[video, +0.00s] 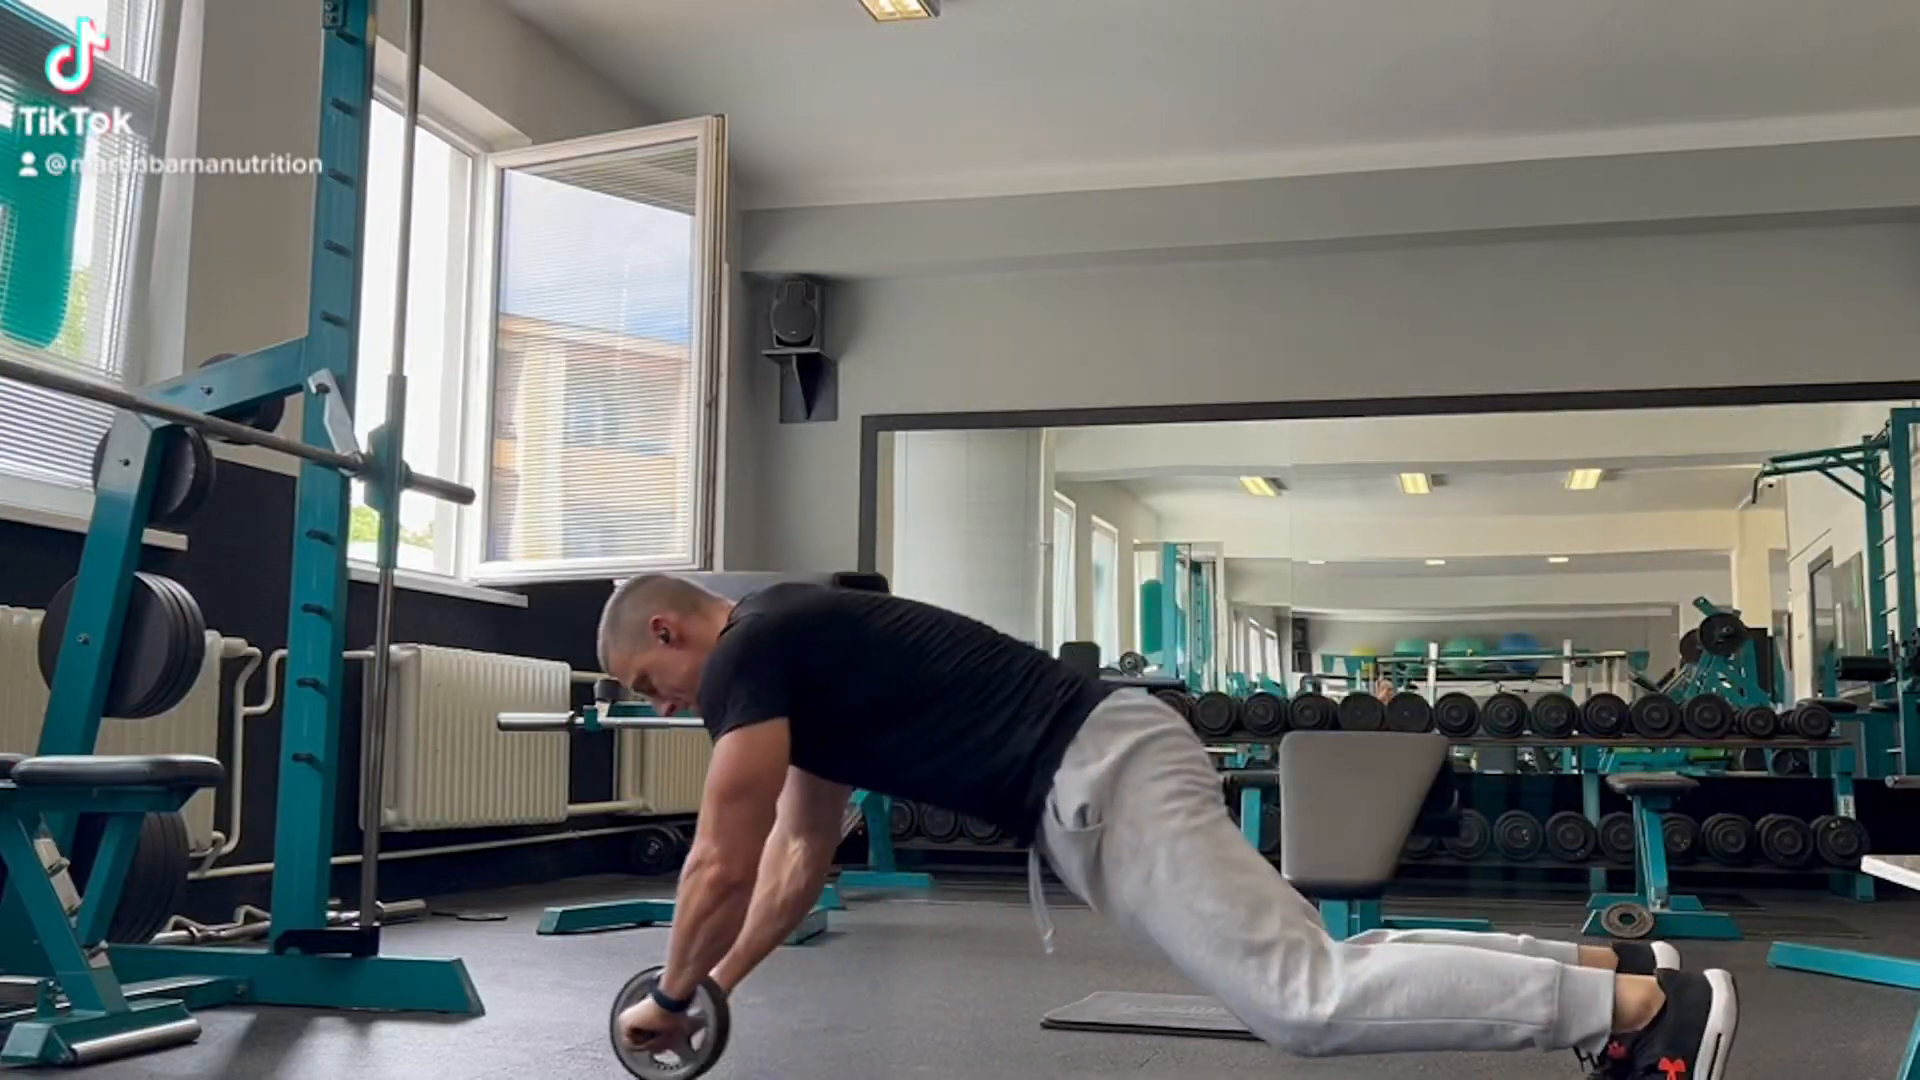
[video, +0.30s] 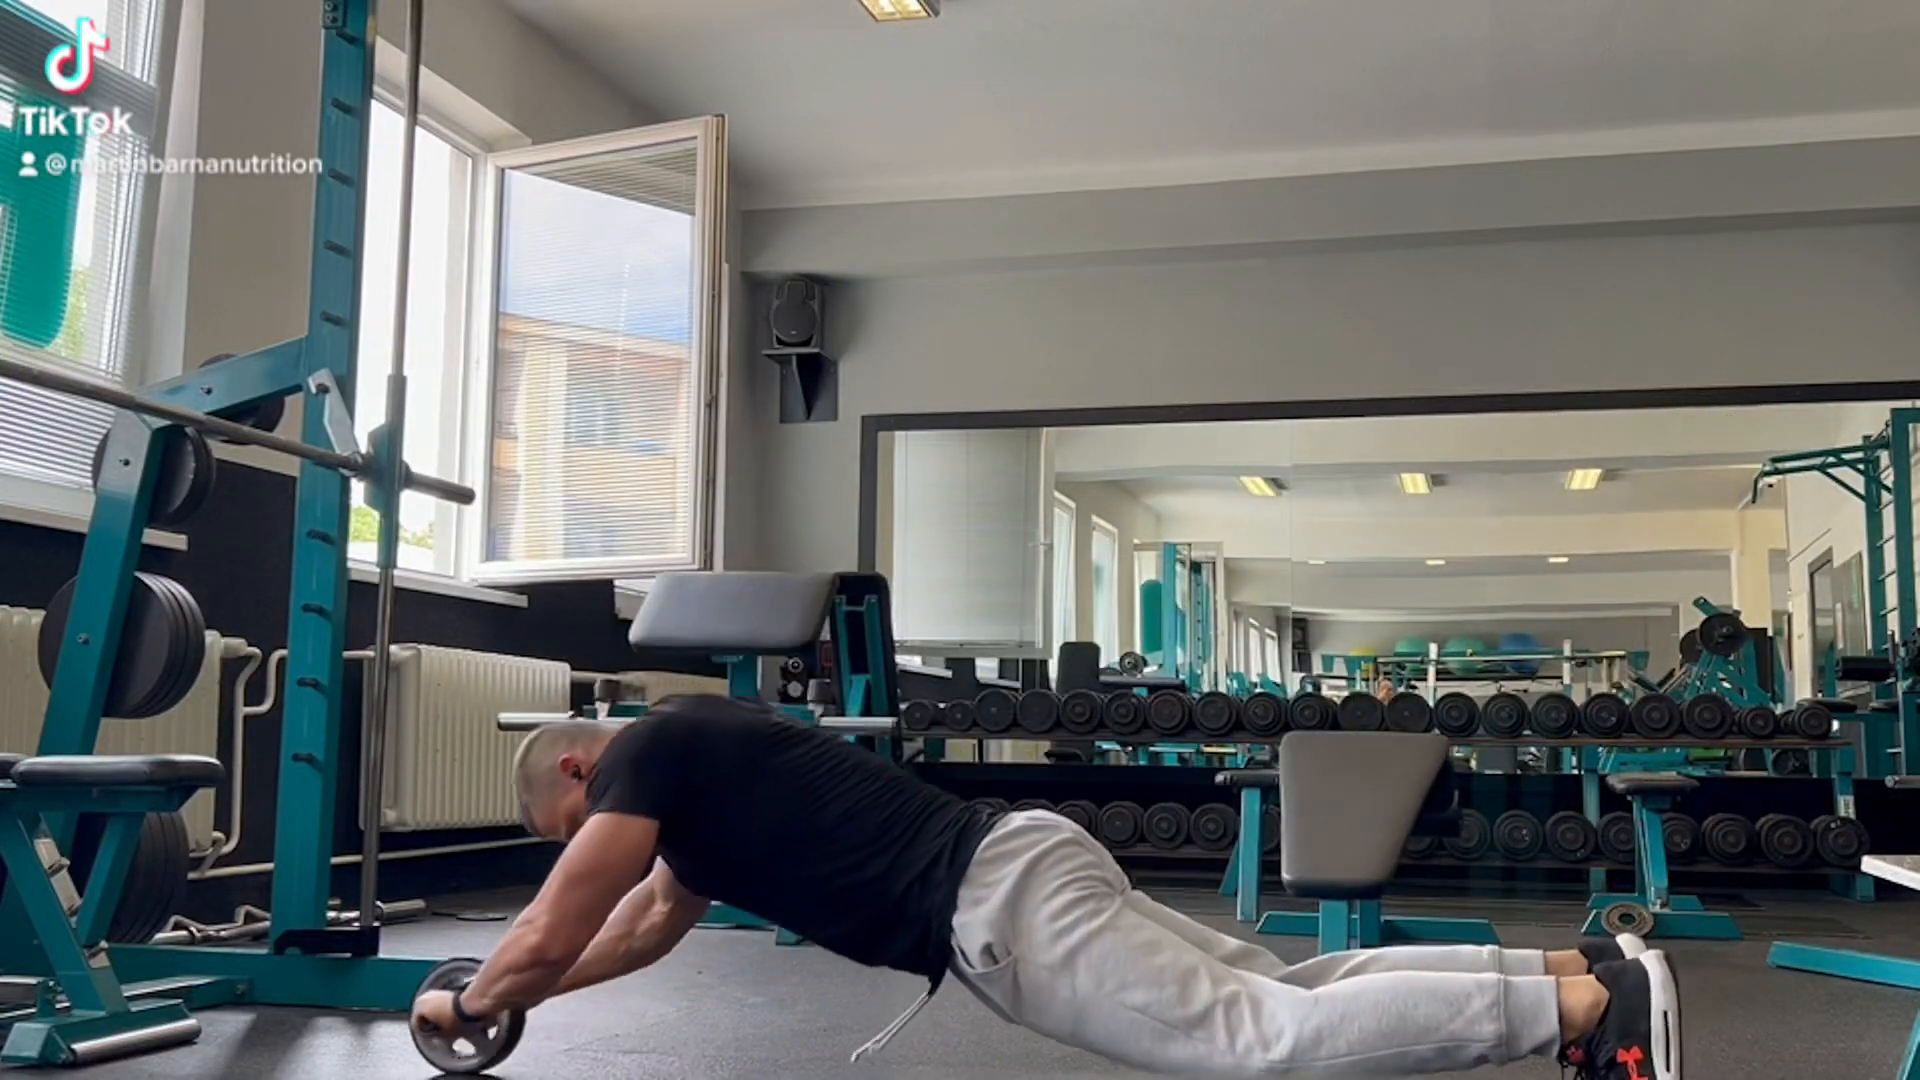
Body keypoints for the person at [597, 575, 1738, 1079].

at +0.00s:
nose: (661, 709)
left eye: (647, 682)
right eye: (647, 696)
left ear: (676, 624)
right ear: (696, 624)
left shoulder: (762, 646)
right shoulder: (809, 660)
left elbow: (723, 854)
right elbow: (792, 865)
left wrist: (672, 990)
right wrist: (701, 993)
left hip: (1103, 758)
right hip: (1085, 789)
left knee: (1304, 987)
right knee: (1291, 983)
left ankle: (1635, 1001)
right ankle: (1598, 982)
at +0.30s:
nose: (563, 820)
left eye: (554, 797)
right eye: (556, 808)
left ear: (577, 755)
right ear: (614, 754)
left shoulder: (659, 750)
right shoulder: (704, 774)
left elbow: (545, 944)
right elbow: (643, 933)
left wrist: (472, 1002)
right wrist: (515, 998)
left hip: (1004, 898)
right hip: (1021, 871)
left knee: (1252, 1031)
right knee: (1267, 988)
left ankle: (1578, 996)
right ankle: (1564, 990)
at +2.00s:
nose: (981, 746)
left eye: (952, 731)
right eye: (955, 742)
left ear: (958, 662)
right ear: (962, 652)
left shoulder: (1065, 614)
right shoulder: (1066, 620)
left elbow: (1124, 840)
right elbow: (1137, 836)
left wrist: (1120, 1004)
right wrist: (1123, 991)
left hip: (1394, 526)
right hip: (1386, 534)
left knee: (1499, 822)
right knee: (1491, 819)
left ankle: (1742, 1040)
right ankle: (1680, 1010)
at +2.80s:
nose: (902, 669)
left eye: (895, 642)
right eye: (888, 652)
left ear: (945, 595)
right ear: (954, 591)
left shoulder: (1040, 604)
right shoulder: (1071, 610)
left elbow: (1023, 836)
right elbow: (1076, 833)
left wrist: (993, 1004)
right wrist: (1016, 986)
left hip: (1388, 534)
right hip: (1397, 525)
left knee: (1491, 836)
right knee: (1500, 821)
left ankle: (1745, 1039)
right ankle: (1688, 1013)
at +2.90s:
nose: (814, 676)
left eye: (808, 648)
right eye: (801, 658)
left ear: (853, 598)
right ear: (869, 594)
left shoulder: (945, 616)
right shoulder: (995, 627)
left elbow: (925, 842)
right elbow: (981, 848)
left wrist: (887, 998)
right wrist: (910, 991)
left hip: (1296, 580)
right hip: (1303, 580)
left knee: (1431, 866)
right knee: (1437, 854)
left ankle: (1706, 1019)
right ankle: (1670, 1009)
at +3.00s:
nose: (742, 682)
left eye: (730, 656)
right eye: (728, 664)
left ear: (764, 608)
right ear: (791, 597)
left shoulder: (853, 632)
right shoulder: (911, 643)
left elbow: (832, 847)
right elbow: (894, 863)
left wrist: (787, 990)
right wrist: (819, 987)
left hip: (1201, 637)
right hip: (1209, 639)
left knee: (1367, 903)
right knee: (1364, 893)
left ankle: (1675, 1007)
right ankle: (1659, 996)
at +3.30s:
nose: (601, 773)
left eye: (588, 749)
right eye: (590, 761)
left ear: (608, 687)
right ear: (641, 677)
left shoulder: (683, 702)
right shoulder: (751, 710)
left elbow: (622, 911)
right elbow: (708, 911)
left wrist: (554, 1007)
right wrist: (587, 1003)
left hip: (1019, 812)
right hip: (1055, 790)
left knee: (1254, 1010)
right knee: (1277, 960)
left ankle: (1577, 998)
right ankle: (1579, 978)